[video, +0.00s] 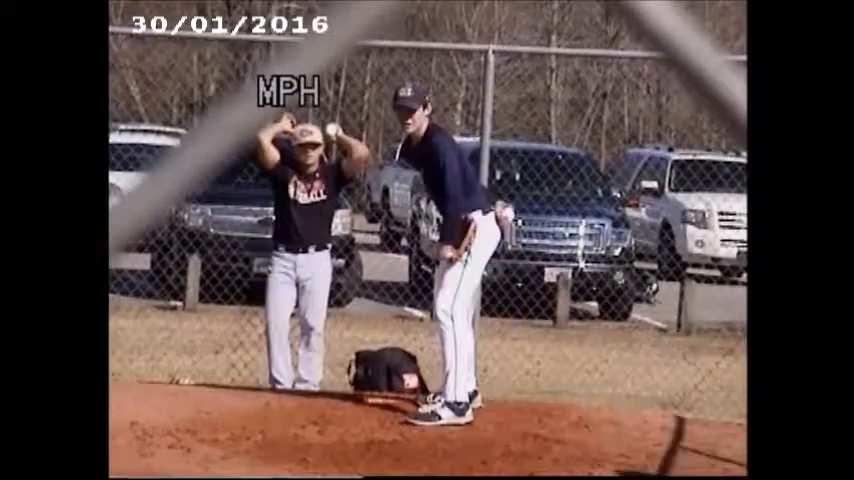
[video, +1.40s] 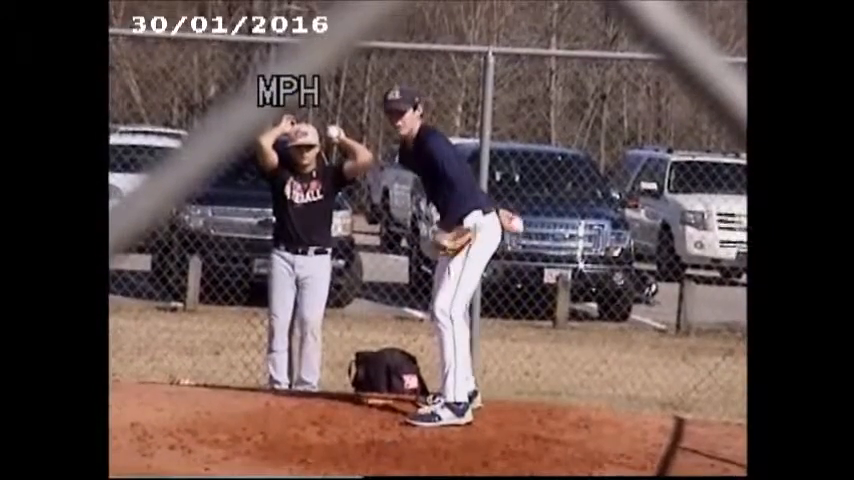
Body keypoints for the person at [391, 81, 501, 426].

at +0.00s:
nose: (406, 117)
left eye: (413, 111)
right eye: (402, 112)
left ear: (427, 110)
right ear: (397, 113)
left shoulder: (439, 142)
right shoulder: (413, 145)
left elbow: (455, 198)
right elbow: (442, 186)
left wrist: (449, 241)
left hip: (476, 224)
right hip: (460, 223)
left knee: (447, 308)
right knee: (457, 309)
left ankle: (455, 398)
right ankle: (465, 389)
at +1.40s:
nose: (397, 120)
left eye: (403, 113)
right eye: (392, 115)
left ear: (418, 111)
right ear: (389, 118)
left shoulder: (432, 141)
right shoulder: (411, 149)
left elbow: (460, 185)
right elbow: (455, 186)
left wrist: (444, 228)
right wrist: (493, 211)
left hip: (477, 224)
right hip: (459, 226)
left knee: (447, 310)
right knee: (444, 310)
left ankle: (456, 400)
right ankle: (463, 389)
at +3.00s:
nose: (417, 106)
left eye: (421, 98)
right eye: (415, 100)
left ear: (439, 92)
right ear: (434, 97)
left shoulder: (438, 123)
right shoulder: (457, 118)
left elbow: (409, 173)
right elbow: (419, 164)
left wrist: (392, 137)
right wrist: (404, 130)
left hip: (467, 219)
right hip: (477, 216)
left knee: (440, 307)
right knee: (440, 307)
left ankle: (455, 394)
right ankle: (461, 389)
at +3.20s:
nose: (419, 96)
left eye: (424, 90)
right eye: (417, 91)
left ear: (443, 87)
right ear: (436, 92)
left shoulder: (438, 120)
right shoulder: (458, 116)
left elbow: (409, 169)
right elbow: (418, 159)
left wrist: (392, 134)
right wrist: (402, 129)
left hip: (469, 217)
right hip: (480, 214)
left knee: (442, 307)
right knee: (448, 306)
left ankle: (455, 394)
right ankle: (462, 388)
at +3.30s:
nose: (420, 96)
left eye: (426, 89)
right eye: (418, 90)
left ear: (445, 88)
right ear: (438, 91)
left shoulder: (439, 120)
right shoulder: (457, 116)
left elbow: (409, 169)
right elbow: (417, 160)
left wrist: (392, 133)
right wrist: (401, 129)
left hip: (469, 217)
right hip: (480, 214)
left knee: (443, 307)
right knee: (448, 307)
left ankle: (455, 395)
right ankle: (462, 388)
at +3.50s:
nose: (420, 95)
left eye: (426, 88)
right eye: (418, 89)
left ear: (446, 87)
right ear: (437, 92)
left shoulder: (439, 120)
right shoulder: (458, 115)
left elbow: (409, 169)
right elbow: (421, 160)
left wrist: (393, 135)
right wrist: (403, 130)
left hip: (469, 216)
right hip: (481, 214)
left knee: (443, 307)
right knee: (448, 306)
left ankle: (455, 394)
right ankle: (462, 388)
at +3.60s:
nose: (420, 97)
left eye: (426, 91)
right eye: (418, 92)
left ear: (446, 89)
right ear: (440, 93)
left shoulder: (439, 121)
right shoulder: (458, 117)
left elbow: (409, 169)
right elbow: (419, 160)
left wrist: (392, 134)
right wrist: (402, 129)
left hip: (470, 218)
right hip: (481, 215)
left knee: (443, 308)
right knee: (448, 307)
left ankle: (455, 396)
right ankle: (462, 389)